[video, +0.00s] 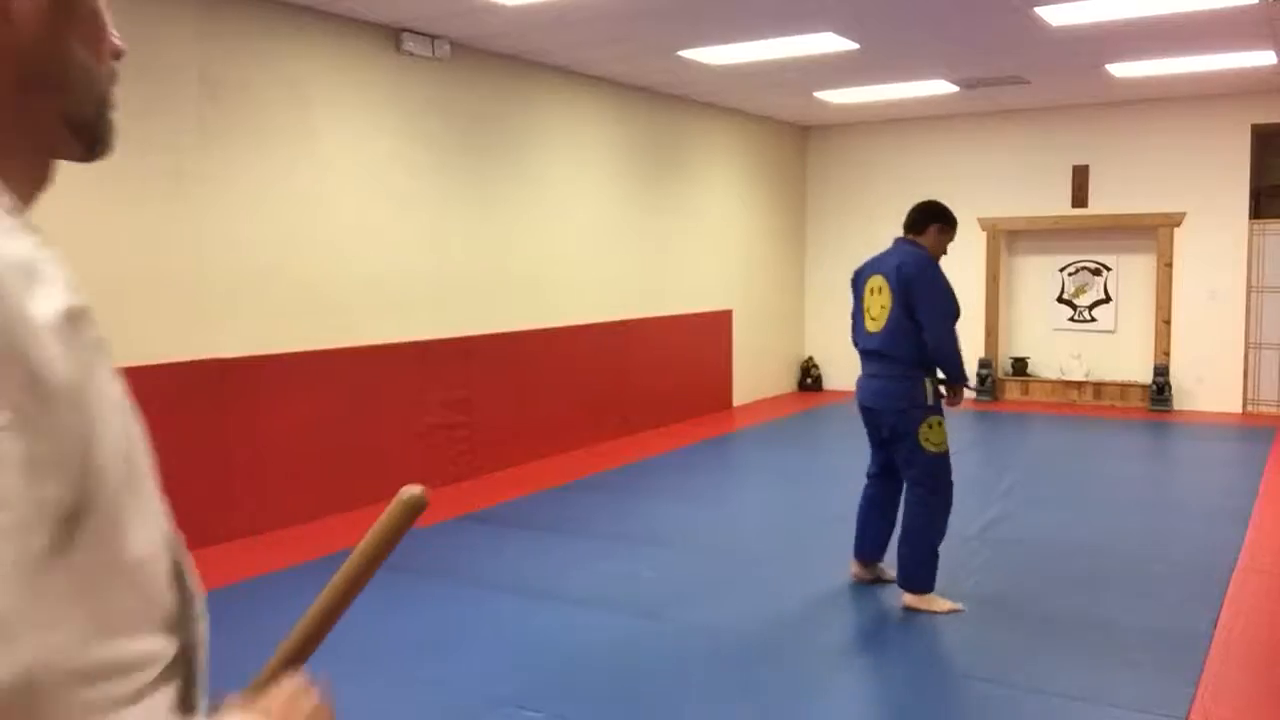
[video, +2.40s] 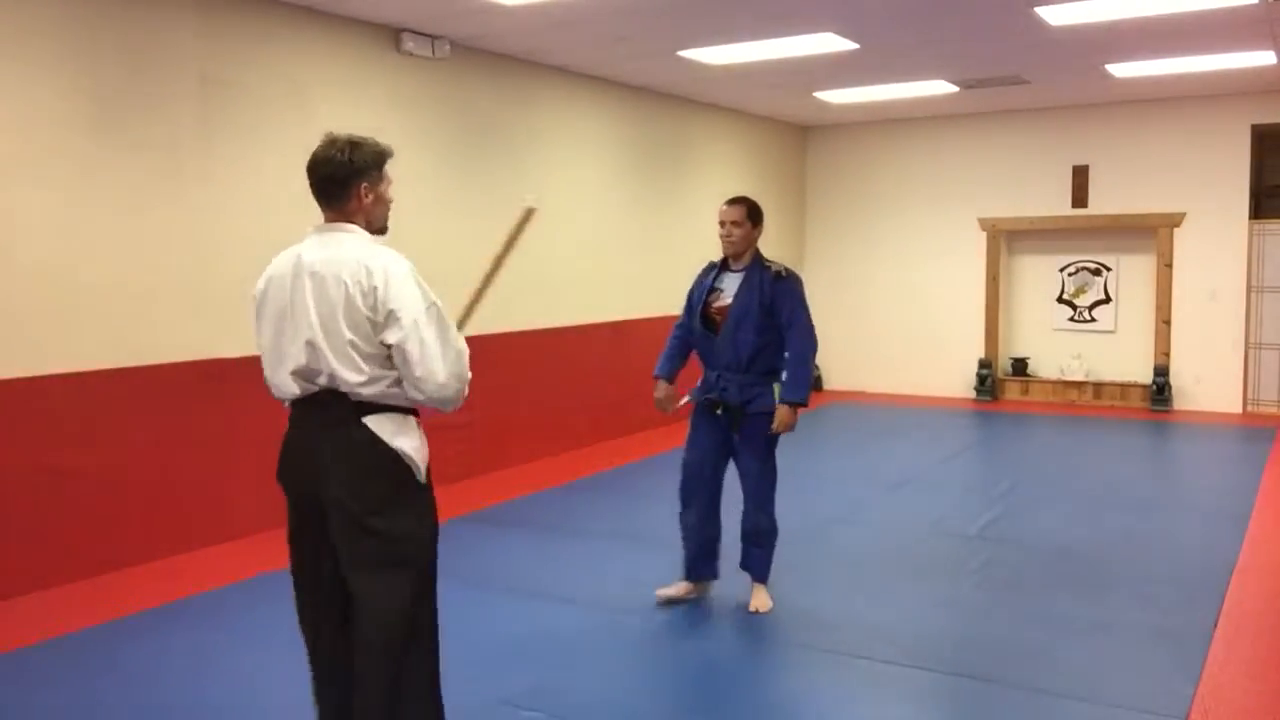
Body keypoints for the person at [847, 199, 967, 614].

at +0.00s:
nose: (945, 251)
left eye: (948, 244)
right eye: (946, 242)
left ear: (912, 228)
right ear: (933, 231)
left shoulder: (870, 267)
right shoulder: (921, 267)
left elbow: (862, 331)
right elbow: (939, 329)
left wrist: (887, 366)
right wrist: (956, 378)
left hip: (872, 391)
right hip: (910, 395)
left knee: (885, 474)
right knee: (932, 486)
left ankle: (866, 561)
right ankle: (917, 589)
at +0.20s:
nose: (931, 244)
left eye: (932, 236)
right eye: (928, 234)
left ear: (904, 231)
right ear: (904, 230)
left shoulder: (889, 266)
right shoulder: (885, 267)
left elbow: (898, 332)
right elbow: (892, 330)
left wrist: (915, 383)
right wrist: (918, 374)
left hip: (871, 390)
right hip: (875, 394)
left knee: (873, 481)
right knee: (917, 488)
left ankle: (861, 566)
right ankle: (917, 585)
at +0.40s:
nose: (909, 236)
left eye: (910, 229)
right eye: (903, 228)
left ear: (886, 231)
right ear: (876, 228)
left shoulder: (893, 279)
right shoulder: (848, 267)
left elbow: (902, 337)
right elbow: (834, 330)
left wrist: (926, 380)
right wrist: (871, 368)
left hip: (881, 389)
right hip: (851, 388)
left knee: (870, 477)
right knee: (868, 477)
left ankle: (864, 565)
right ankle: (869, 573)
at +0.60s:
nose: (882, 232)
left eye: (883, 225)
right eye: (874, 225)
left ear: (879, 228)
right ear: (850, 228)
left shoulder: (885, 277)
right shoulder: (827, 269)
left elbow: (896, 331)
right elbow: (805, 325)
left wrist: (913, 377)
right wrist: (842, 369)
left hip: (873, 391)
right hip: (834, 390)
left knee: (865, 480)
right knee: (828, 478)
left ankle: (858, 564)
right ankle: (802, 564)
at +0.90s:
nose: (820, 232)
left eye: (827, 226)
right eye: (812, 226)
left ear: (837, 231)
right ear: (800, 232)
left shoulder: (854, 278)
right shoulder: (781, 278)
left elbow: (875, 331)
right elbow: (762, 330)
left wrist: (889, 379)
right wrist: (788, 372)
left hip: (844, 397)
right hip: (795, 397)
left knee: (850, 483)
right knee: (786, 482)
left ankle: (856, 565)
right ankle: (770, 557)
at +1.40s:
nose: (745, 233)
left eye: (753, 226)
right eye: (740, 227)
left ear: (769, 230)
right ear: (734, 233)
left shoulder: (796, 274)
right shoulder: (720, 285)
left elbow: (824, 326)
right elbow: (712, 338)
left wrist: (824, 375)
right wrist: (732, 372)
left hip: (794, 394)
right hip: (751, 396)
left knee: (802, 479)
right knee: (761, 479)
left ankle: (813, 565)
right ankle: (769, 557)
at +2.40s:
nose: (726, 232)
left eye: (734, 225)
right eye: (721, 225)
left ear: (756, 230)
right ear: (718, 229)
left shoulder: (780, 282)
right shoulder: (708, 277)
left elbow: (802, 342)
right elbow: (684, 329)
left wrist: (791, 399)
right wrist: (663, 376)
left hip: (757, 405)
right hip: (710, 402)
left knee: (758, 496)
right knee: (696, 487)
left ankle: (758, 582)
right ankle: (697, 577)